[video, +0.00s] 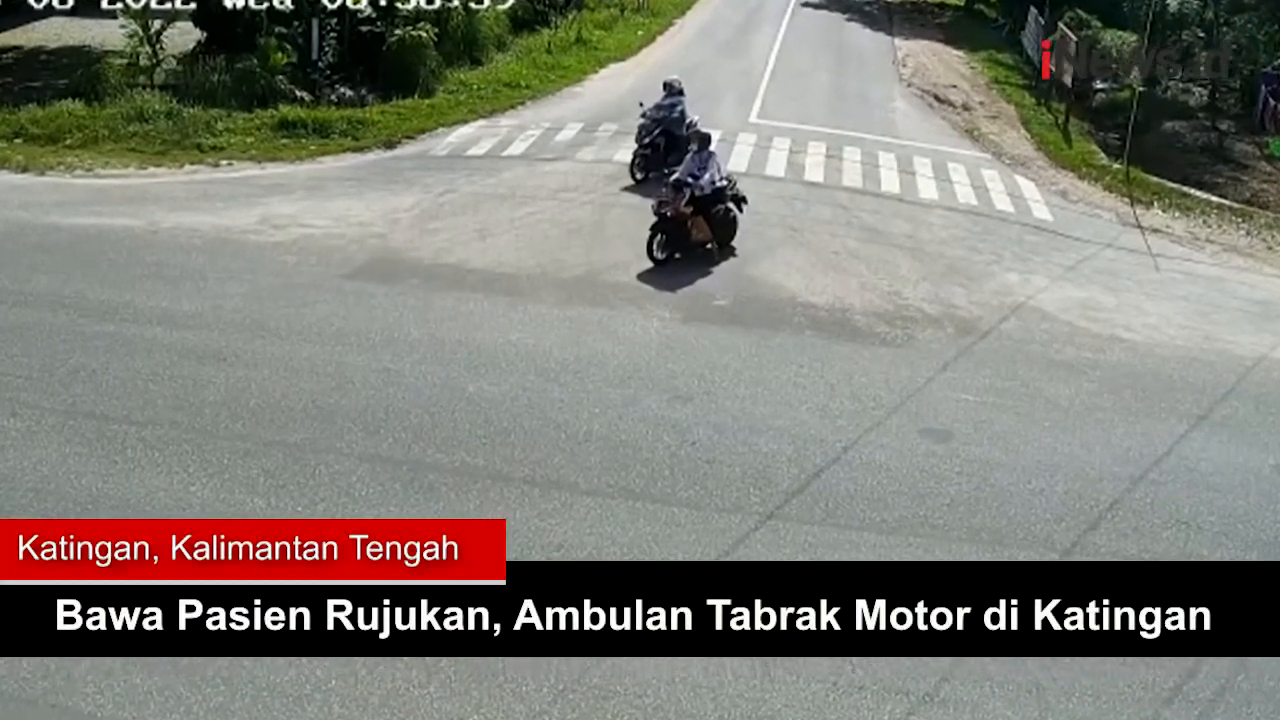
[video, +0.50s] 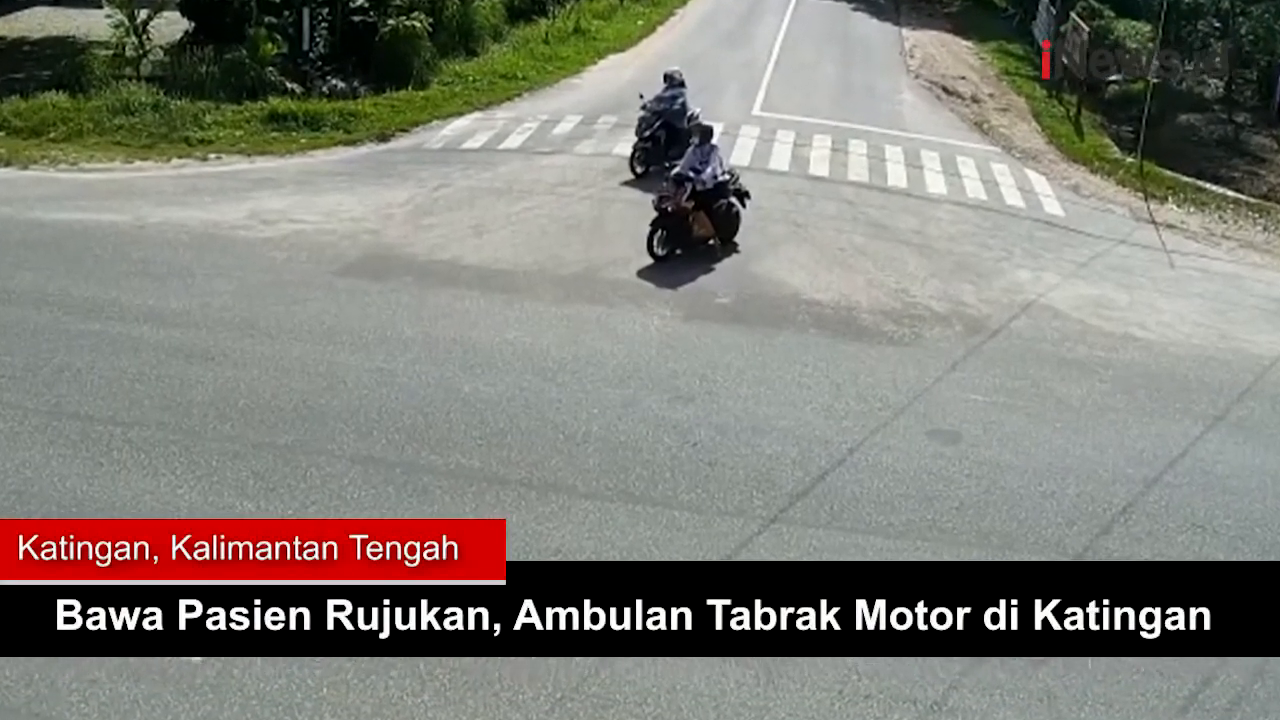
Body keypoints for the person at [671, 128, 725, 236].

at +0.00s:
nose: (697, 144)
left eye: (701, 141)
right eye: (696, 141)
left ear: (706, 143)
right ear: (695, 142)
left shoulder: (711, 157)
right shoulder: (691, 156)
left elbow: (711, 174)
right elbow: (683, 171)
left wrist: (700, 184)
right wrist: (673, 180)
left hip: (713, 191)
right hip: (696, 192)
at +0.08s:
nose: (699, 143)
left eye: (702, 140)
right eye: (698, 140)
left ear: (707, 142)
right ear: (696, 141)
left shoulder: (711, 156)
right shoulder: (692, 155)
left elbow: (711, 172)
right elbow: (683, 169)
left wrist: (701, 183)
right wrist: (674, 178)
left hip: (712, 190)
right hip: (695, 190)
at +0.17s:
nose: (695, 141)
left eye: (698, 139)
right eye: (695, 138)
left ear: (705, 140)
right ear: (695, 140)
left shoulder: (712, 154)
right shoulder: (692, 153)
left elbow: (711, 171)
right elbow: (684, 167)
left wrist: (701, 181)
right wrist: (676, 176)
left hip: (714, 186)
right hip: (697, 186)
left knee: (703, 206)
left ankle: (718, 237)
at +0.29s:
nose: (694, 140)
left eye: (697, 137)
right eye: (694, 137)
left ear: (704, 139)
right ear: (694, 139)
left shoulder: (712, 152)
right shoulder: (692, 152)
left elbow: (712, 170)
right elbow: (684, 166)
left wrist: (701, 180)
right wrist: (676, 176)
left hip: (715, 185)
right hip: (698, 185)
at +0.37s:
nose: (694, 139)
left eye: (697, 136)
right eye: (694, 136)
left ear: (705, 138)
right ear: (694, 138)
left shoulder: (713, 152)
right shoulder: (692, 151)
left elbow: (712, 170)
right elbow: (684, 166)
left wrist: (701, 180)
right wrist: (676, 175)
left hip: (715, 184)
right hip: (698, 184)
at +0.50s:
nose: (695, 138)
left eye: (699, 135)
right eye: (696, 135)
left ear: (706, 137)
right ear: (696, 136)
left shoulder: (713, 150)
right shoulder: (693, 150)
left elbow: (712, 168)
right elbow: (684, 164)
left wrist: (702, 179)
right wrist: (677, 174)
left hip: (715, 183)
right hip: (697, 183)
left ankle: (721, 235)